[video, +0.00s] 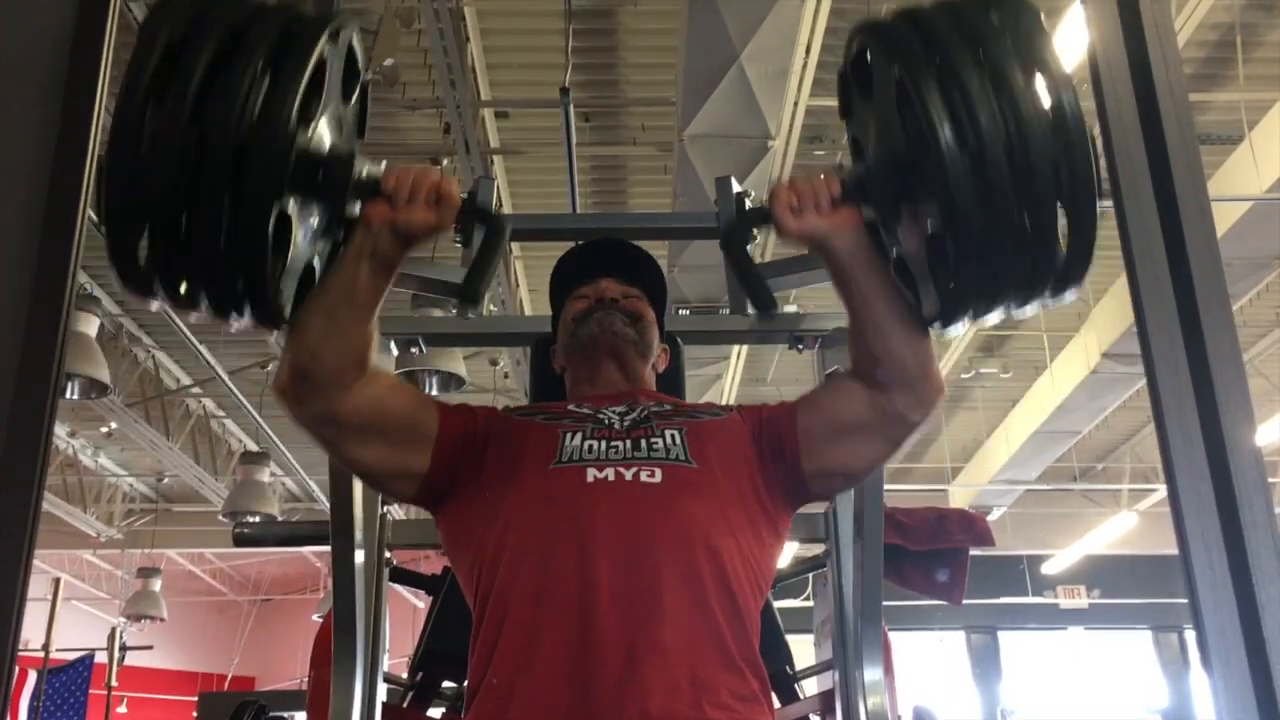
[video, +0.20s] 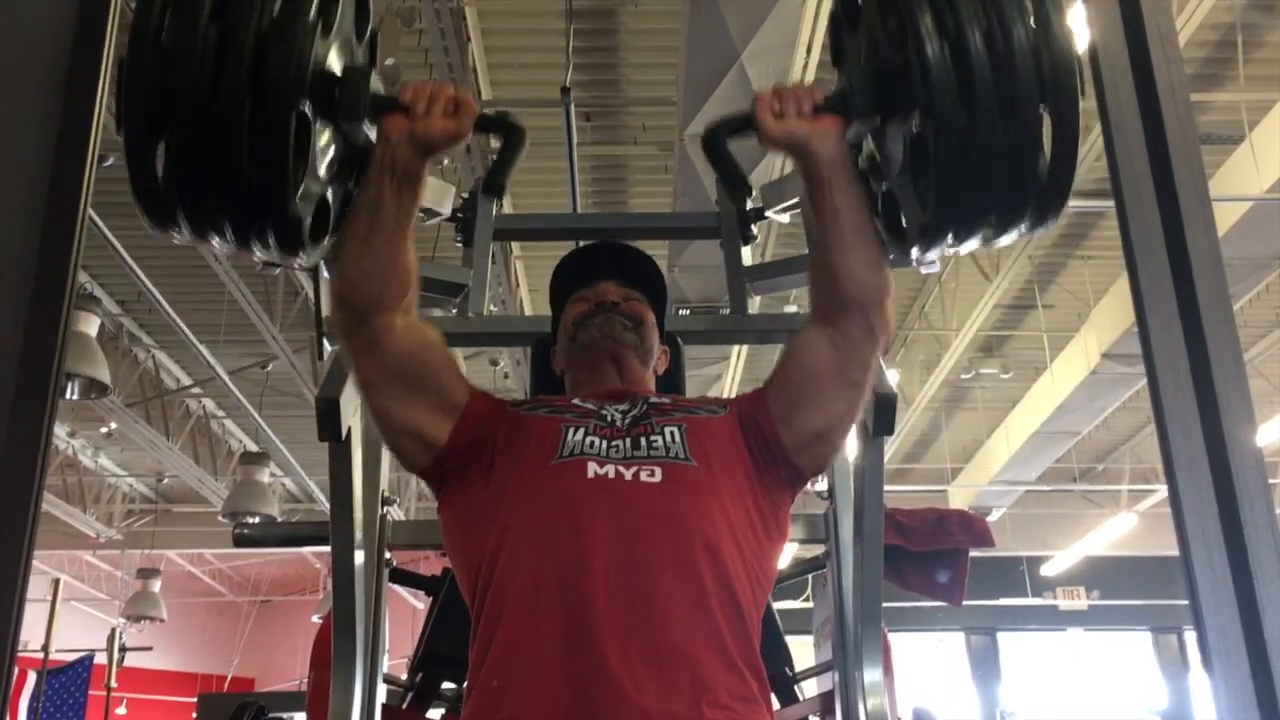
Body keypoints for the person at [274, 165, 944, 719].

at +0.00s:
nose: (605, 301)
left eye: (632, 303)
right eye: (580, 302)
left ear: (664, 356)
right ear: (553, 357)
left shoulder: (749, 442)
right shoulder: (484, 447)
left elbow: (904, 390)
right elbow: (317, 387)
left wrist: (845, 240)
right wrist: (379, 243)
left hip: (720, 699)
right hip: (527, 699)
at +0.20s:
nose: (607, 309)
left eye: (631, 309)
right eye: (584, 306)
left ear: (665, 358)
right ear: (551, 355)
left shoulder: (751, 442)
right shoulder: (481, 442)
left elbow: (854, 318)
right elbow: (372, 314)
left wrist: (824, 152)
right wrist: (401, 156)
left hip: (721, 707)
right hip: (514, 707)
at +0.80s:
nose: (606, 298)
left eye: (632, 300)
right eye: (580, 300)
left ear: (663, 354)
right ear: (551, 356)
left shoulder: (749, 446)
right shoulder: (484, 452)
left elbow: (897, 399)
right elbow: (323, 396)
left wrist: (848, 241)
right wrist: (381, 241)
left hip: (727, 705)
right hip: (525, 704)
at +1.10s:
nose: (609, 298)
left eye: (634, 299)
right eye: (584, 299)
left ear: (666, 355)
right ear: (553, 355)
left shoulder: (741, 450)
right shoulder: (490, 458)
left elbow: (922, 481)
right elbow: (295, 488)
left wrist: (869, 343)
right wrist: (356, 340)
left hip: (727, 702)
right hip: (527, 704)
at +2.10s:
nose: (609, 312)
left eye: (633, 313)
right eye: (583, 312)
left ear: (664, 363)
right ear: (553, 365)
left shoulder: (751, 452)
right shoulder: (482, 457)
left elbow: (912, 413)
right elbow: (314, 400)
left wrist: (851, 263)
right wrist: (375, 254)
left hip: (722, 708)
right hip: (526, 707)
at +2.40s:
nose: (607, 312)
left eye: (632, 312)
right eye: (583, 309)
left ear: (665, 367)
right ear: (551, 360)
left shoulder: (753, 450)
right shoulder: (484, 451)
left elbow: (858, 330)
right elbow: (380, 317)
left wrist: (828, 166)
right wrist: (402, 154)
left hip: (724, 705)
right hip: (518, 706)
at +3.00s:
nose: (611, 306)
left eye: (636, 306)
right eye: (585, 306)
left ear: (666, 357)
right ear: (555, 358)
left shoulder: (749, 455)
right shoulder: (486, 462)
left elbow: (906, 420)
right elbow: (319, 411)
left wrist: (853, 269)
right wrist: (376, 259)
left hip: (725, 707)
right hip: (526, 707)